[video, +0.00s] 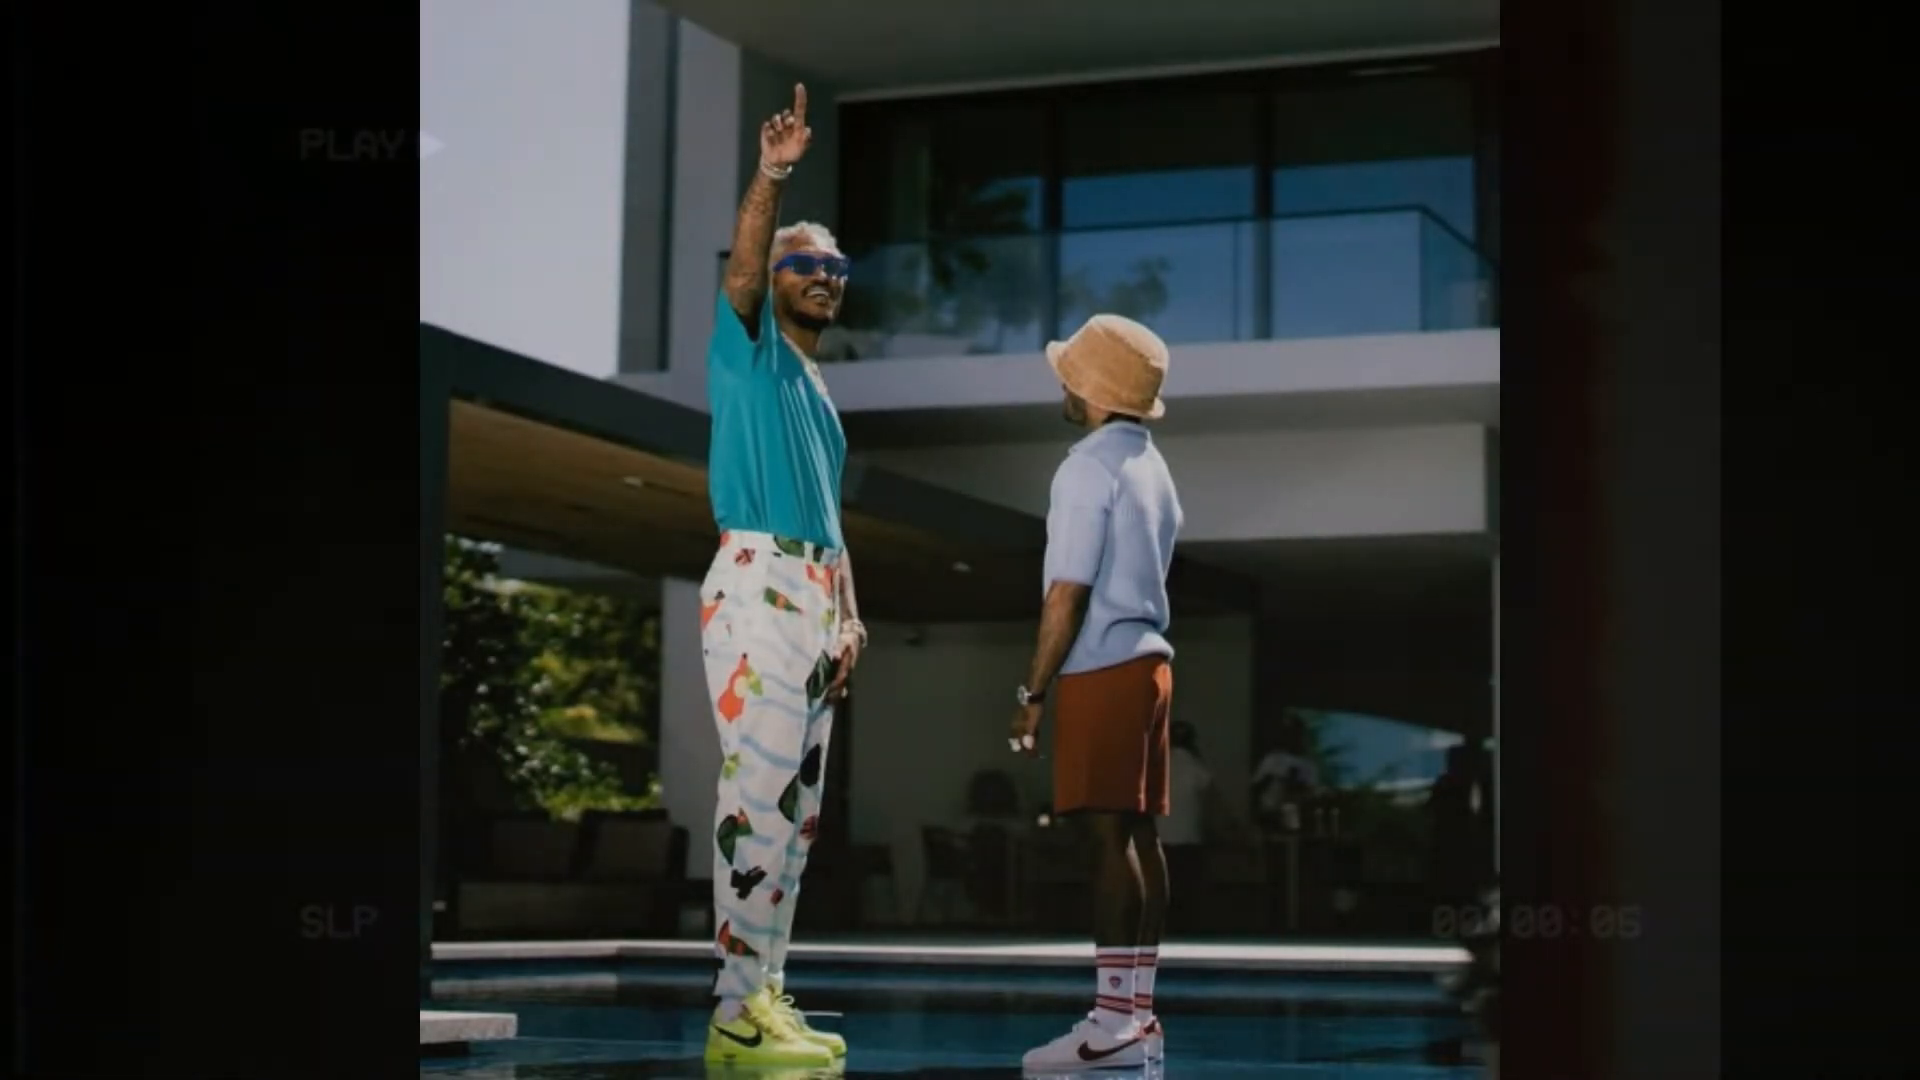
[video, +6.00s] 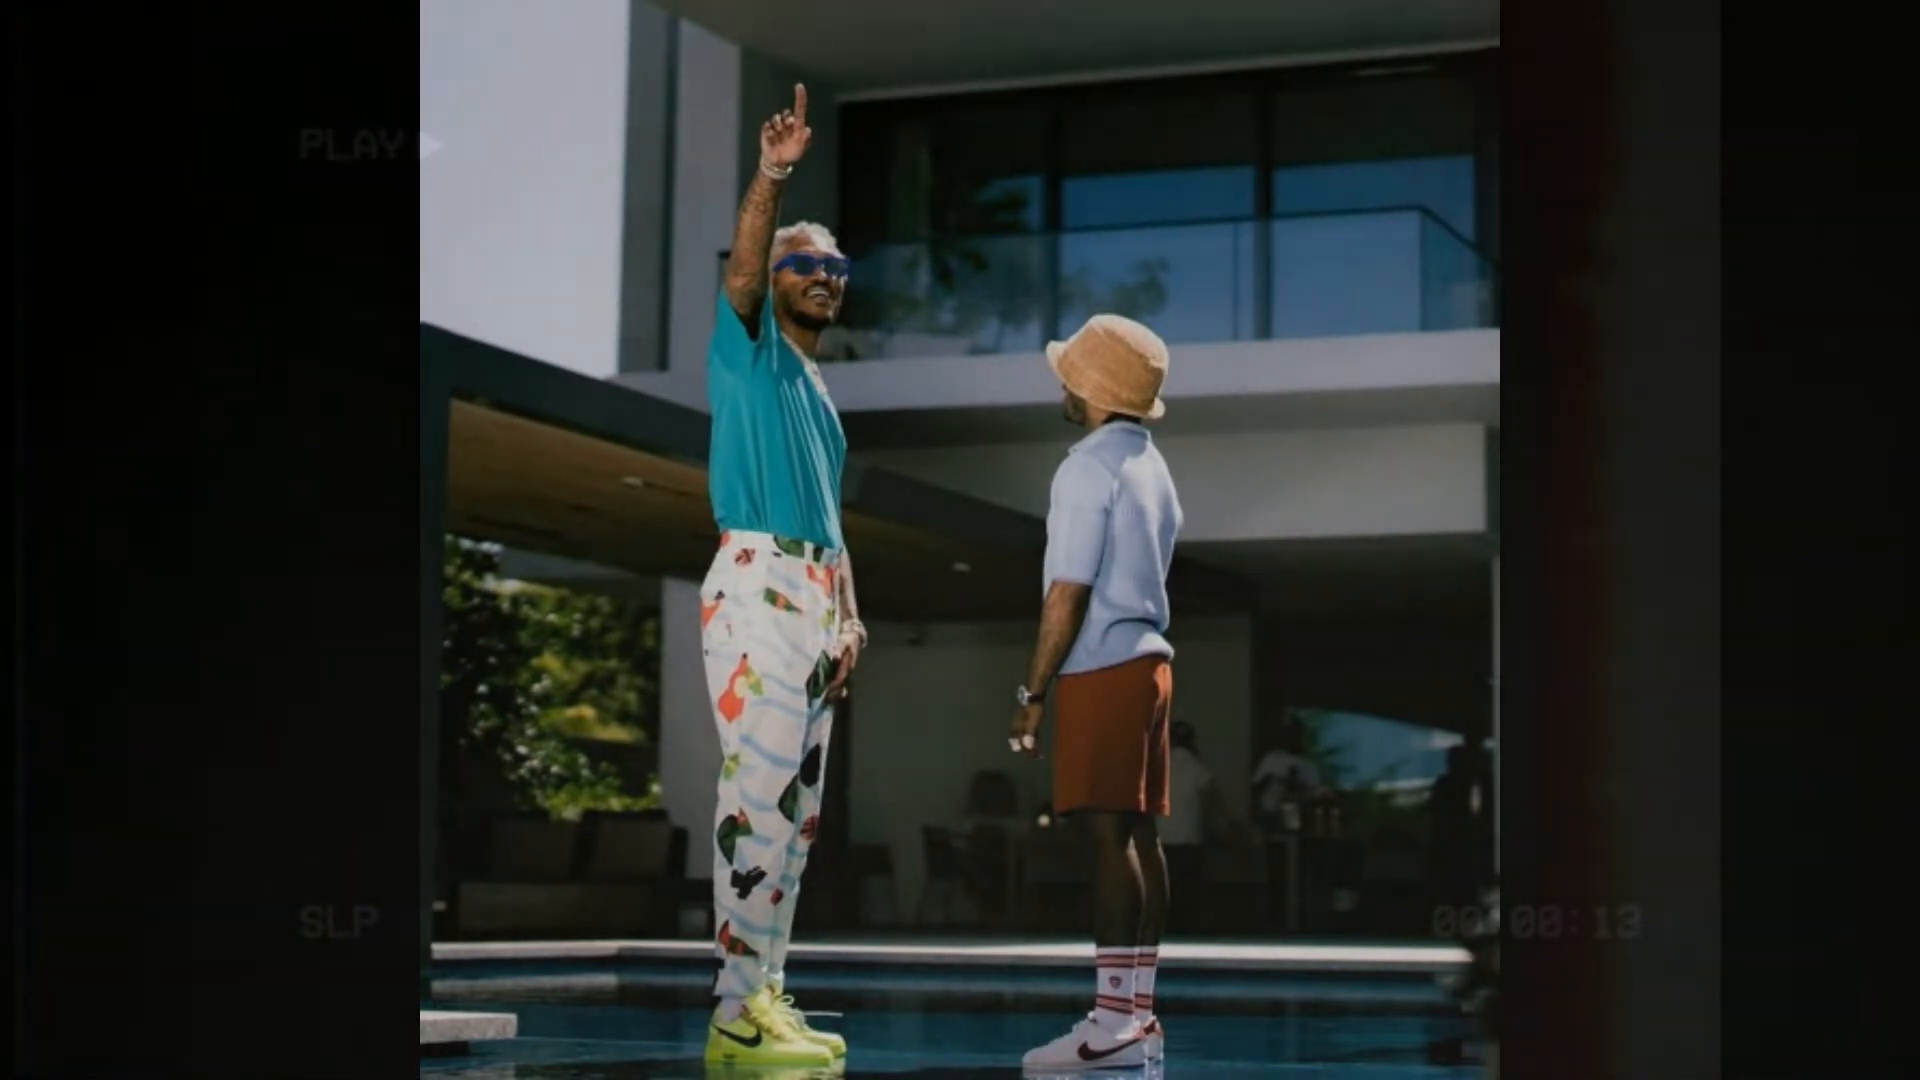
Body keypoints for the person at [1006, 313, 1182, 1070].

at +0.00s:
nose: (1064, 389)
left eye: (1072, 379)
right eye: (1069, 377)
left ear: (1091, 392)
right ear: (1131, 394)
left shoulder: (1088, 468)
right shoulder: (1148, 463)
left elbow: (1067, 595)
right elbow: (1146, 578)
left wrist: (1031, 691)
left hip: (1104, 670)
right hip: (1146, 666)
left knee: (1108, 838)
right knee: (1141, 838)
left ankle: (1115, 1014)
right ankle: (1135, 1011)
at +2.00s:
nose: (1064, 387)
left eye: (1072, 377)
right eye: (1069, 376)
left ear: (1092, 390)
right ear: (1130, 394)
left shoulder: (1087, 468)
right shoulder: (1147, 463)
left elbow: (1067, 594)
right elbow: (1148, 578)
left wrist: (1032, 691)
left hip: (1104, 669)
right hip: (1147, 665)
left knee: (1108, 839)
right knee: (1139, 838)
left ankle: (1116, 1015)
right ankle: (1135, 1012)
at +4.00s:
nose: (1064, 388)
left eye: (1072, 378)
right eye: (1068, 376)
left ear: (1093, 391)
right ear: (1130, 395)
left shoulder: (1087, 468)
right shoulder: (1148, 463)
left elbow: (1067, 594)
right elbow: (1149, 576)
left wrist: (1031, 692)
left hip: (1104, 669)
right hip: (1146, 666)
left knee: (1108, 839)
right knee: (1140, 839)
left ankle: (1116, 1015)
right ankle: (1135, 1012)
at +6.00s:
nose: (1064, 388)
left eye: (1072, 378)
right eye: (1068, 377)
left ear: (1092, 391)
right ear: (1130, 394)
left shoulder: (1088, 468)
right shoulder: (1148, 463)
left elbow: (1067, 595)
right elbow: (1146, 580)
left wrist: (1031, 692)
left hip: (1104, 669)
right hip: (1146, 665)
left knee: (1107, 837)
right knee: (1139, 838)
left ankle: (1115, 1015)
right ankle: (1135, 1012)